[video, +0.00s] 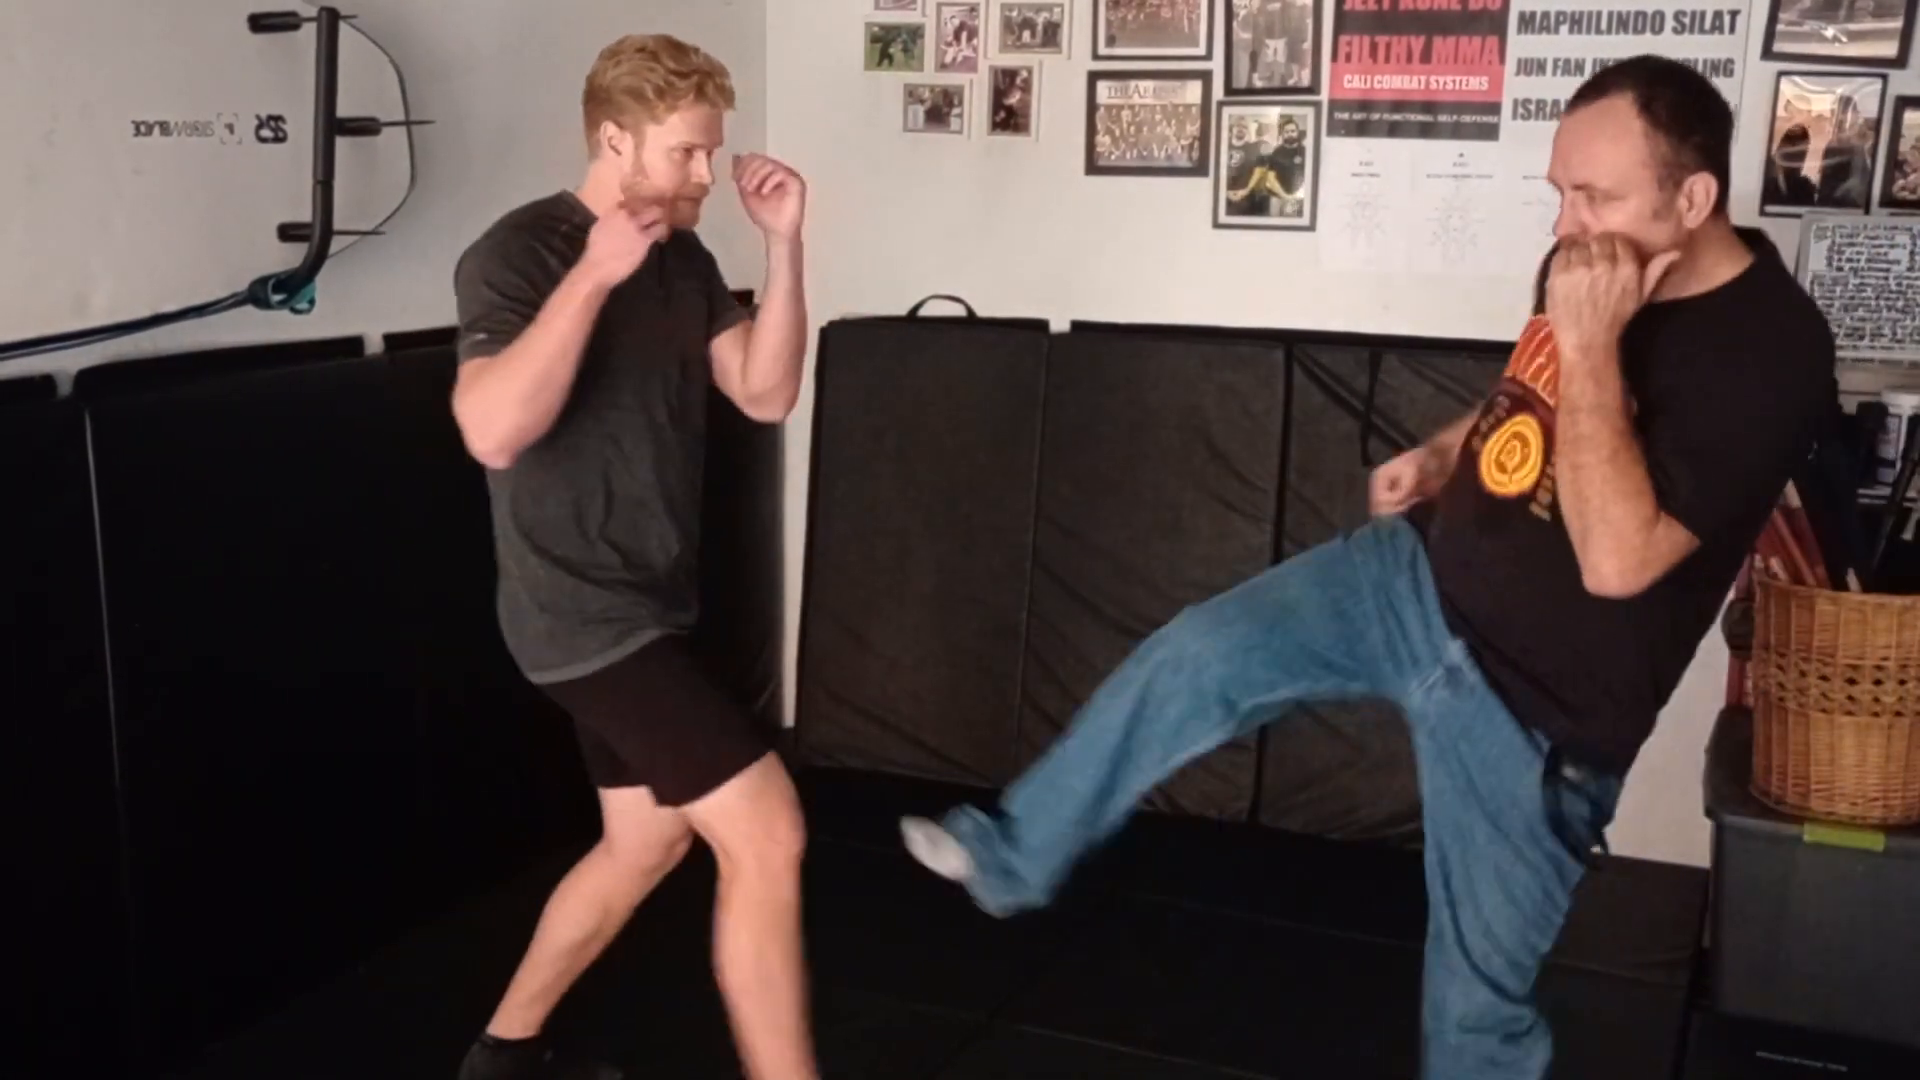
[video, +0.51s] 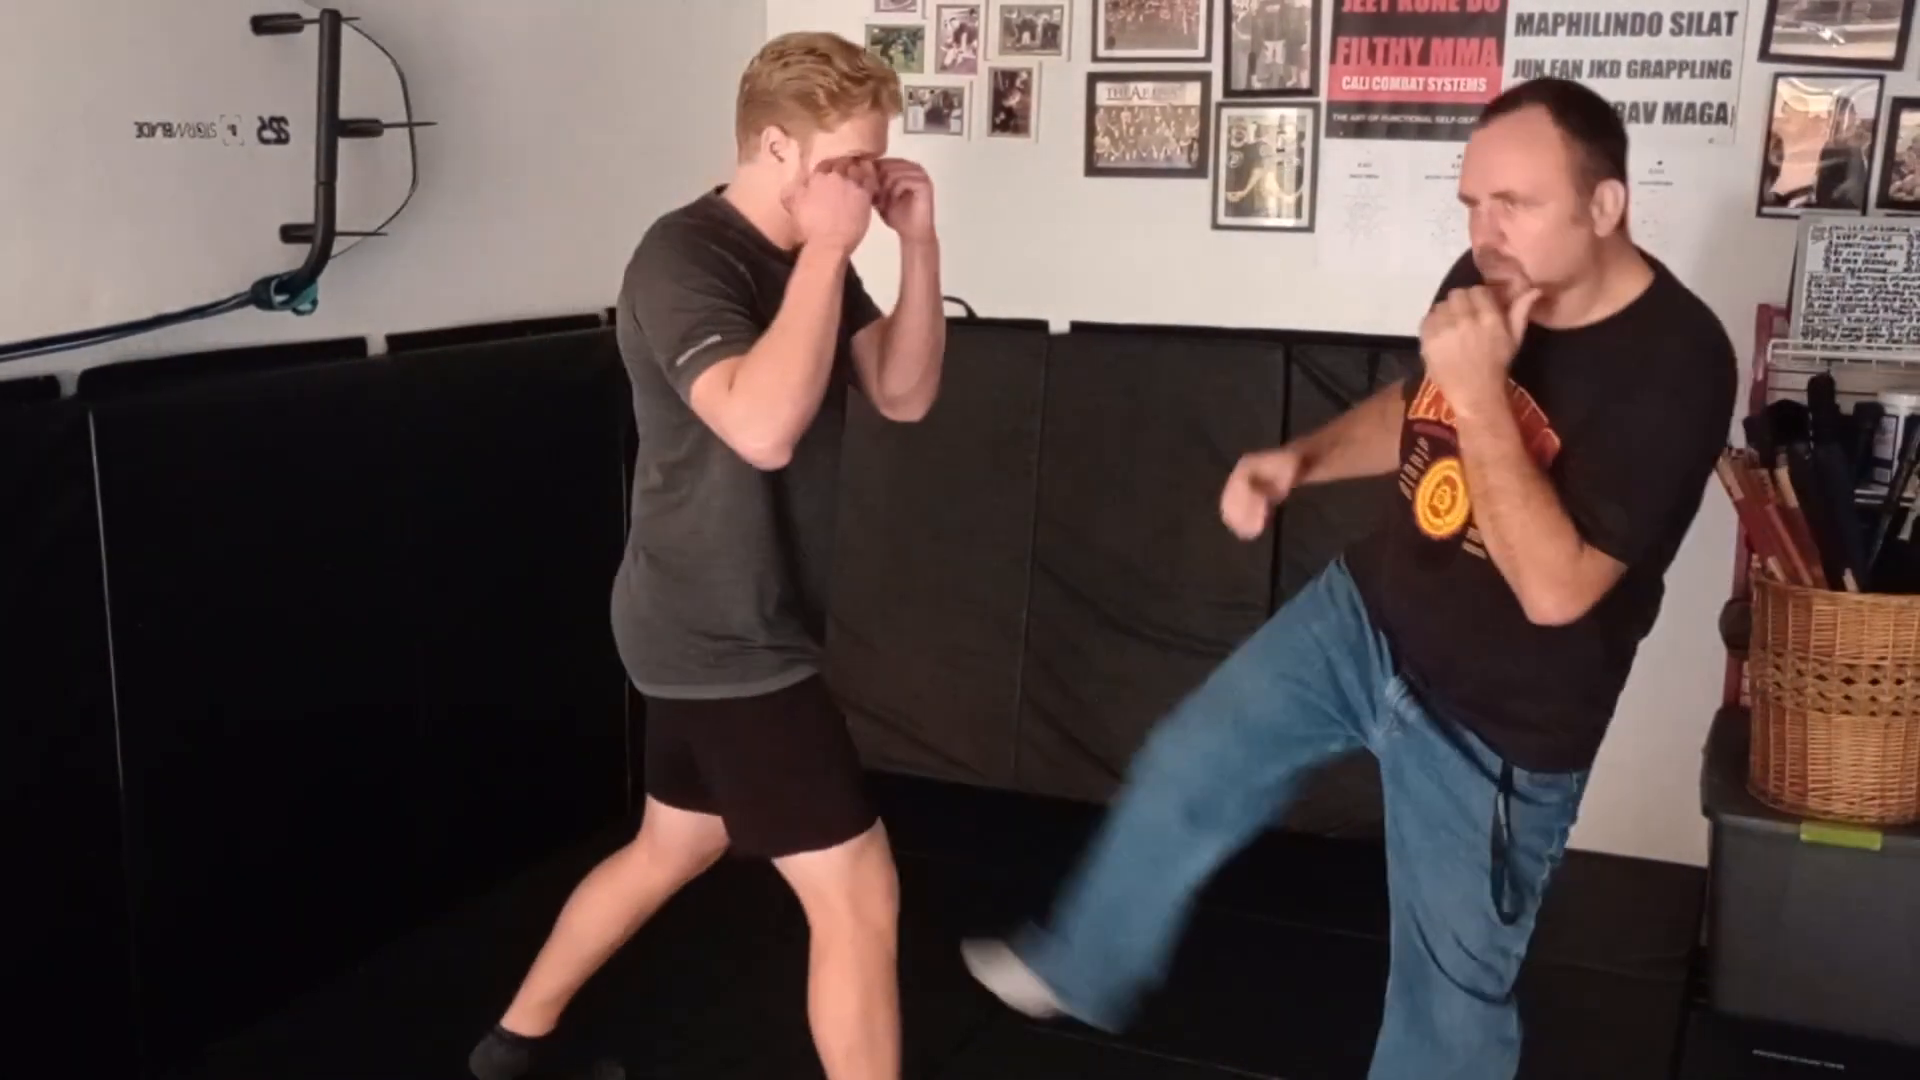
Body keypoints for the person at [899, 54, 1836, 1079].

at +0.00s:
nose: (1567, 225)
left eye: (1597, 197)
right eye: (1563, 196)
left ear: (1697, 198)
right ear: (1561, 184)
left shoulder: (1773, 353)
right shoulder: (1604, 268)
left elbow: (1620, 561)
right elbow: (1535, 398)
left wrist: (1592, 352)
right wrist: (1437, 457)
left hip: (1538, 728)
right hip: (1418, 576)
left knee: (1476, 1023)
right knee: (1198, 656)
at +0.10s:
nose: (1553, 255)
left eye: (1583, 235)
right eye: (1546, 228)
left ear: (1679, 241)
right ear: (1546, 216)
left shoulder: (1763, 396)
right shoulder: (1547, 310)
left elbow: (1613, 601)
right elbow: (1459, 448)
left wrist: (1573, 386)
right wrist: (1351, 519)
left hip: (1496, 782)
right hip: (1369, 627)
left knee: (1441, 1046)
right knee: (1126, 700)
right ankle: (881, 786)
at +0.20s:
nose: (1545, 282)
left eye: (1574, 257)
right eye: (1536, 255)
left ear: (1672, 256)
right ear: (1535, 240)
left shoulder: (1746, 409)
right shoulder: (1518, 325)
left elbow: (1628, 628)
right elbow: (1421, 462)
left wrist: (1563, 429)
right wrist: (1294, 546)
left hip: (1474, 783)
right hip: (1337, 633)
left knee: (1433, 1050)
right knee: (1099, 707)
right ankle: (866, 791)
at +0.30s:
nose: (1534, 272)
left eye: (1567, 249)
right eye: (1524, 243)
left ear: (1659, 246)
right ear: (1516, 231)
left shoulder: (1735, 403)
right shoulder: (1502, 308)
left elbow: (1610, 621)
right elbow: (1406, 437)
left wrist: (1548, 427)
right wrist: (1282, 528)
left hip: (1479, 759)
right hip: (1340, 619)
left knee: (1435, 1028)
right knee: (1110, 723)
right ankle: (874, 825)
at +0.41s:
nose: (1503, 251)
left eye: (1537, 225)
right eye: (1495, 220)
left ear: (1631, 225)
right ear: (1486, 214)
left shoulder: (1703, 384)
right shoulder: (1493, 289)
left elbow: (1575, 601)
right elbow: (1407, 420)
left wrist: (1514, 407)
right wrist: (1283, 496)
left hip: (1491, 741)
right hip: (1357, 604)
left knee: (1445, 1023)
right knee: (1150, 731)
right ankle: (950, 876)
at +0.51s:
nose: (1483, 235)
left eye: (1513, 205)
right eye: (1473, 205)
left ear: (1606, 206)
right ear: (1464, 199)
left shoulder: (1681, 364)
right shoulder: (1487, 288)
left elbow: (1561, 590)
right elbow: (1421, 410)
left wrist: (1476, 396)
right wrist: (1303, 459)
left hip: (1496, 743)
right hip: (1363, 618)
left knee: (1449, 1016)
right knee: (1186, 769)